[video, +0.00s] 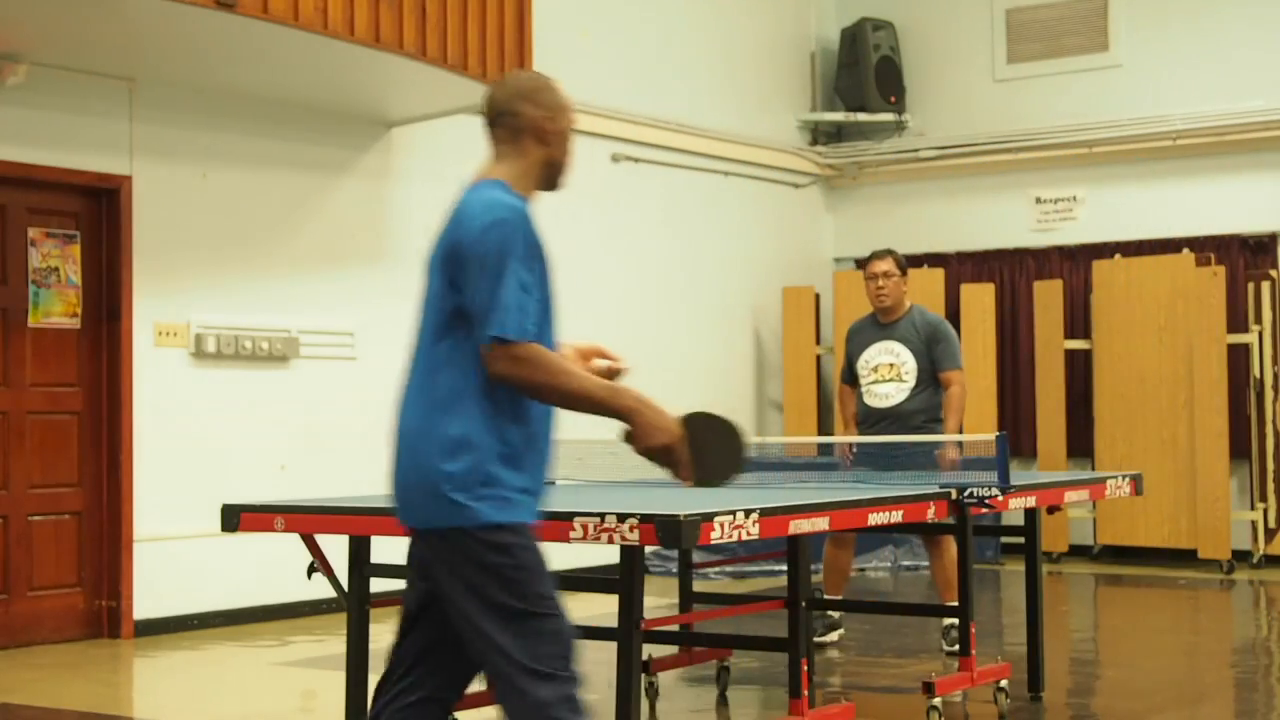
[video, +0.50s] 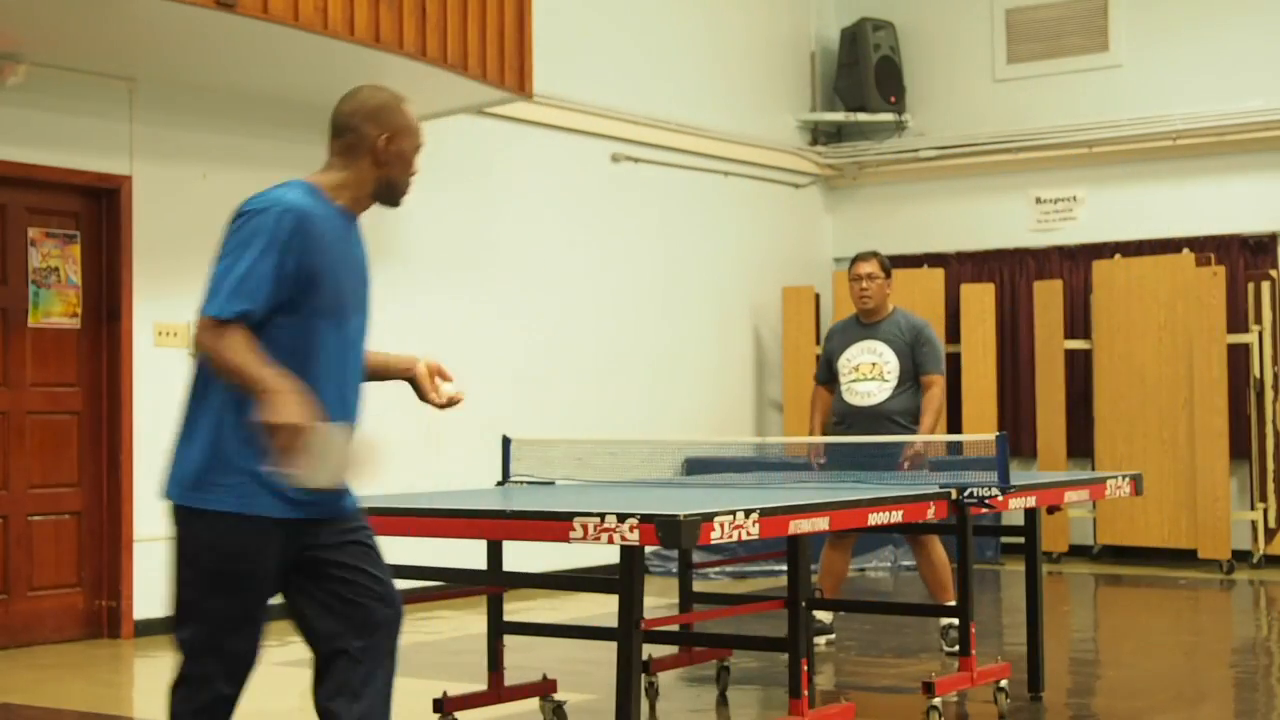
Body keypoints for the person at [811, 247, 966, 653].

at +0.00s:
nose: (880, 285)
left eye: (888, 277)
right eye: (872, 279)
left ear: (905, 281)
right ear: (864, 286)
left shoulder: (933, 327)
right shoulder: (857, 333)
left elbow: (954, 385)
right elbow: (848, 384)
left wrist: (950, 439)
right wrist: (848, 428)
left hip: (921, 449)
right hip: (868, 449)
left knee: (938, 533)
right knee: (841, 529)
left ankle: (953, 621)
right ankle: (829, 613)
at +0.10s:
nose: (881, 286)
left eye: (890, 278)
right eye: (874, 279)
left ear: (907, 282)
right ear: (867, 285)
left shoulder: (934, 329)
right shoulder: (857, 333)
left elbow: (957, 385)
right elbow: (847, 385)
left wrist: (958, 441)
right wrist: (848, 430)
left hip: (922, 451)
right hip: (868, 451)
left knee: (938, 535)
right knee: (844, 532)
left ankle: (953, 621)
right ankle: (828, 617)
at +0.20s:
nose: (880, 286)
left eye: (888, 278)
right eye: (873, 279)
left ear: (904, 284)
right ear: (864, 286)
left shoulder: (930, 331)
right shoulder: (853, 334)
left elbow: (953, 387)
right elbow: (843, 386)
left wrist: (954, 439)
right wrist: (842, 430)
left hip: (918, 447)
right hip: (865, 450)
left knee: (935, 534)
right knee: (846, 533)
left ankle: (953, 620)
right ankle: (825, 616)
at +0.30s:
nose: (874, 285)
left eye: (882, 278)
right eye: (867, 279)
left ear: (898, 283)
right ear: (858, 285)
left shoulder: (923, 330)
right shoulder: (846, 333)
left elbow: (944, 389)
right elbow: (834, 387)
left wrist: (944, 440)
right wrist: (832, 433)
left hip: (911, 450)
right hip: (858, 452)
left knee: (929, 533)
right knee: (842, 532)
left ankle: (953, 619)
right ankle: (823, 617)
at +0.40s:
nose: (868, 285)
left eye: (876, 278)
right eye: (861, 279)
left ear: (893, 283)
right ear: (853, 285)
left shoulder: (918, 330)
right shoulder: (840, 334)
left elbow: (937, 388)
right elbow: (828, 386)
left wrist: (933, 438)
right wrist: (823, 433)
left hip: (905, 451)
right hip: (851, 452)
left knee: (924, 532)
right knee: (841, 531)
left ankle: (952, 618)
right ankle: (822, 616)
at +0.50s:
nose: (863, 286)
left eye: (871, 279)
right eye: (857, 280)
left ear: (888, 283)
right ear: (848, 287)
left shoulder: (916, 330)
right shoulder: (837, 335)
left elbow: (934, 387)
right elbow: (824, 388)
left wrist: (922, 437)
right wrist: (816, 435)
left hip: (901, 452)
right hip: (847, 453)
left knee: (922, 532)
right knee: (839, 532)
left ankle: (951, 619)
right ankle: (822, 616)